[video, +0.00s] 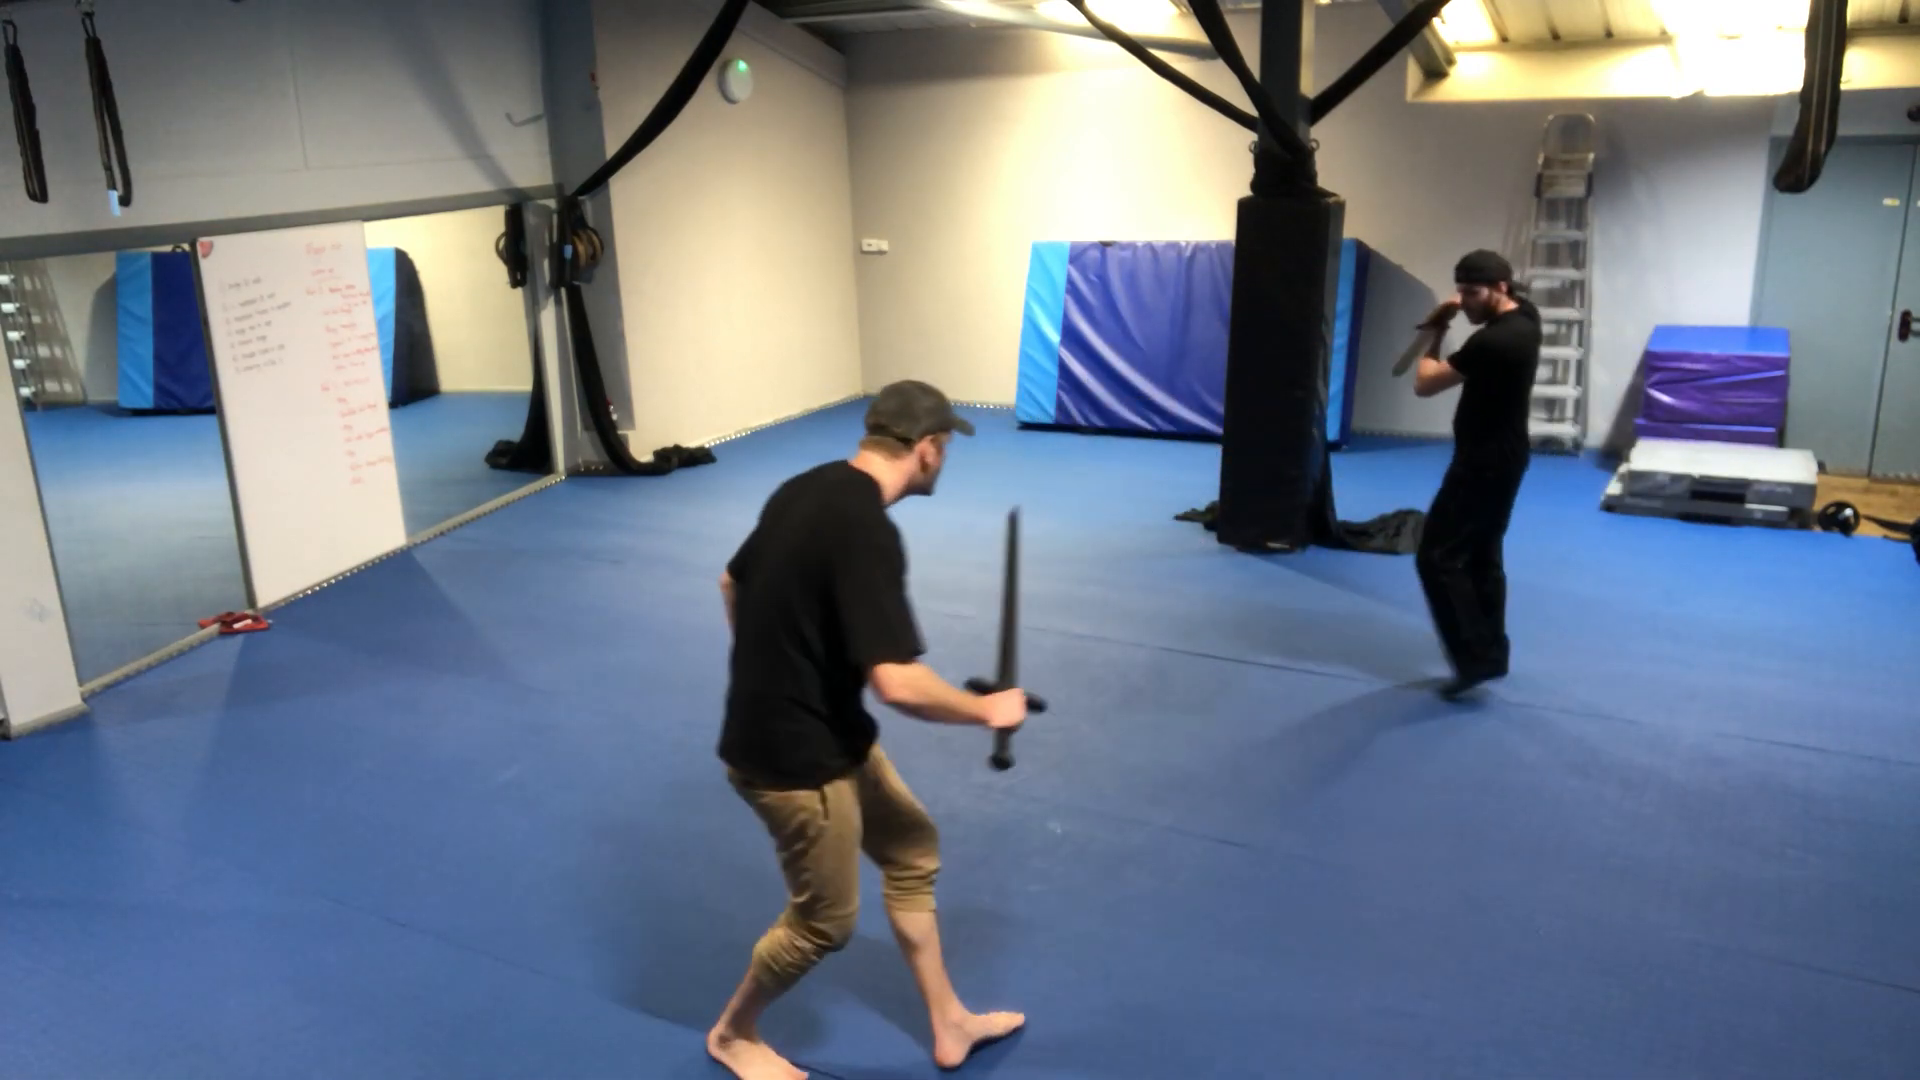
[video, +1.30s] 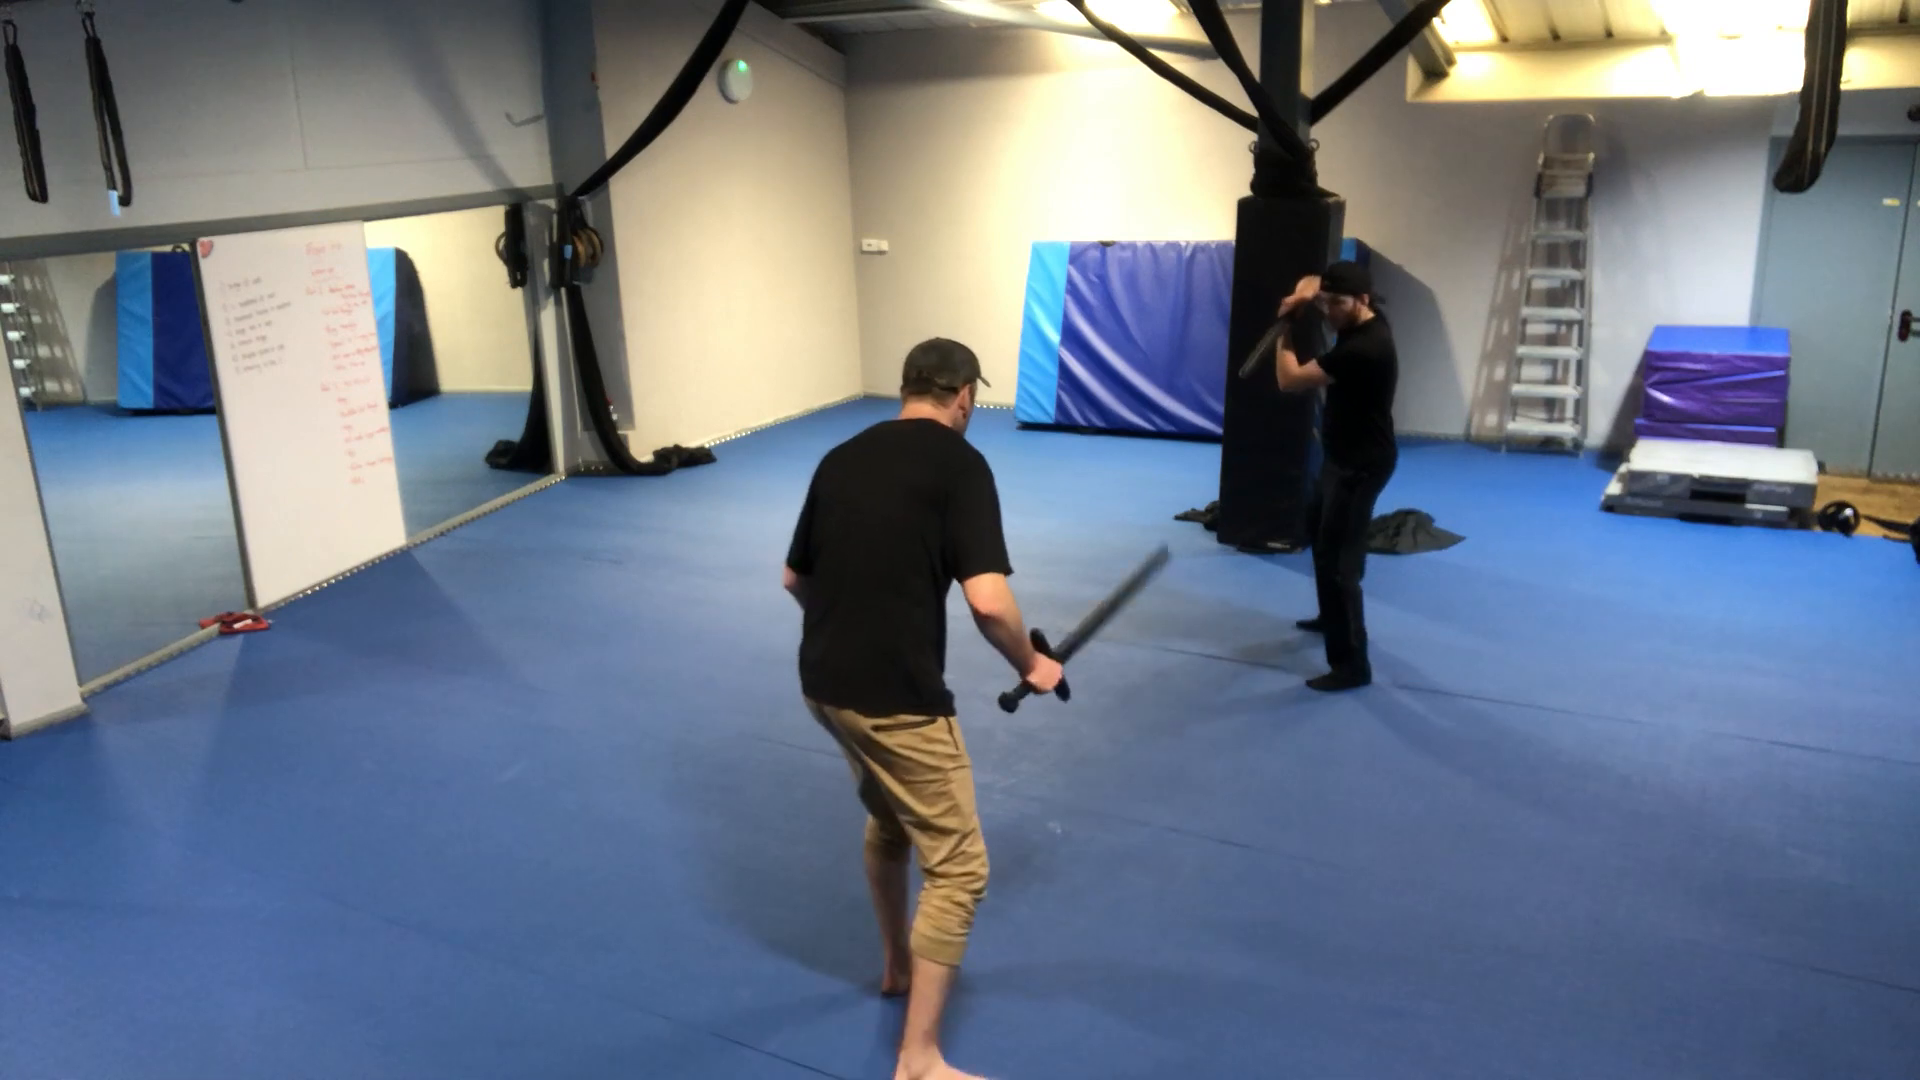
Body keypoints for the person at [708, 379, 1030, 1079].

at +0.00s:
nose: (945, 459)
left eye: (945, 445)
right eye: (945, 445)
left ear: (877, 436)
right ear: (925, 447)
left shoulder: (806, 490)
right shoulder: (867, 526)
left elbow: (735, 581)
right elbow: (896, 680)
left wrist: (771, 669)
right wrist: (987, 709)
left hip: (832, 736)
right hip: (788, 756)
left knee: (912, 850)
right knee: (824, 919)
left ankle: (950, 1022)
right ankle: (731, 1033)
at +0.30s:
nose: (910, 445)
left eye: (910, 432)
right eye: (910, 432)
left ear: (844, 420)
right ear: (890, 431)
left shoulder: (776, 473)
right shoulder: (821, 509)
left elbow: (713, 561)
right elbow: (792, 660)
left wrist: (752, 648)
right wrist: (880, 758)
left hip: (787, 716)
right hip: (755, 739)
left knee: (892, 796)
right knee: (807, 906)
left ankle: (897, 970)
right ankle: (732, 1033)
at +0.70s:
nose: (941, 424)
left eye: (942, 411)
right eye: (943, 410)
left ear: (871, 398)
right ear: (927, 405)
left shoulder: (805, 462)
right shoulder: (897, 476)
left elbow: (731, 565)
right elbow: (859, 596)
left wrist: (756, 660)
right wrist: (897, 729)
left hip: (790, 690)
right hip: (824, 706)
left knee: (882, 815)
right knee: (829, 874)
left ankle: (896, 952)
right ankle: (735, 1025)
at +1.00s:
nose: (960, 410)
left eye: (959, 399)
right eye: (960, 399)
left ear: (890, 390)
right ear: (948, 395)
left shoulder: (826, 454)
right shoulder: (938, 458)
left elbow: (763, 565)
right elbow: (952, 584)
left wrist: (798, 644)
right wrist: (1010, 696)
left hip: (813, 679)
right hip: (878, 690)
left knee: (886, 824)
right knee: (907, 856)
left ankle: (900, 956)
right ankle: (777, 1001)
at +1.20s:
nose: (966, 413)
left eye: (965, 403)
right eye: (968, 402)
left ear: (898, 390)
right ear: (955, 396)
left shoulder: (835, 455)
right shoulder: (950, 459)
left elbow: (787, 572)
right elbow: (979, 596)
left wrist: (834, 628)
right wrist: (1028, 670)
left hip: (822, 676)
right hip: (891, 688)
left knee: (889, 818)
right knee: (947, 858)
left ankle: (904, 941)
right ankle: (875, 1047)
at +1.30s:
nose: (972, 412)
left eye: (971, 402)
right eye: (974, 402)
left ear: (903, 391)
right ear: (962, 397)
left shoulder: (841, 457)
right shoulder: (958, 463)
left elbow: (796, 574)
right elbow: (989, 604)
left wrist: (853, 617)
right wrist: (1029, 661)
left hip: (826, 680)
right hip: (898, 690)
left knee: (888, 820)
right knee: (956, 861)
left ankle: (897, 964)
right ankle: (918, 1054)